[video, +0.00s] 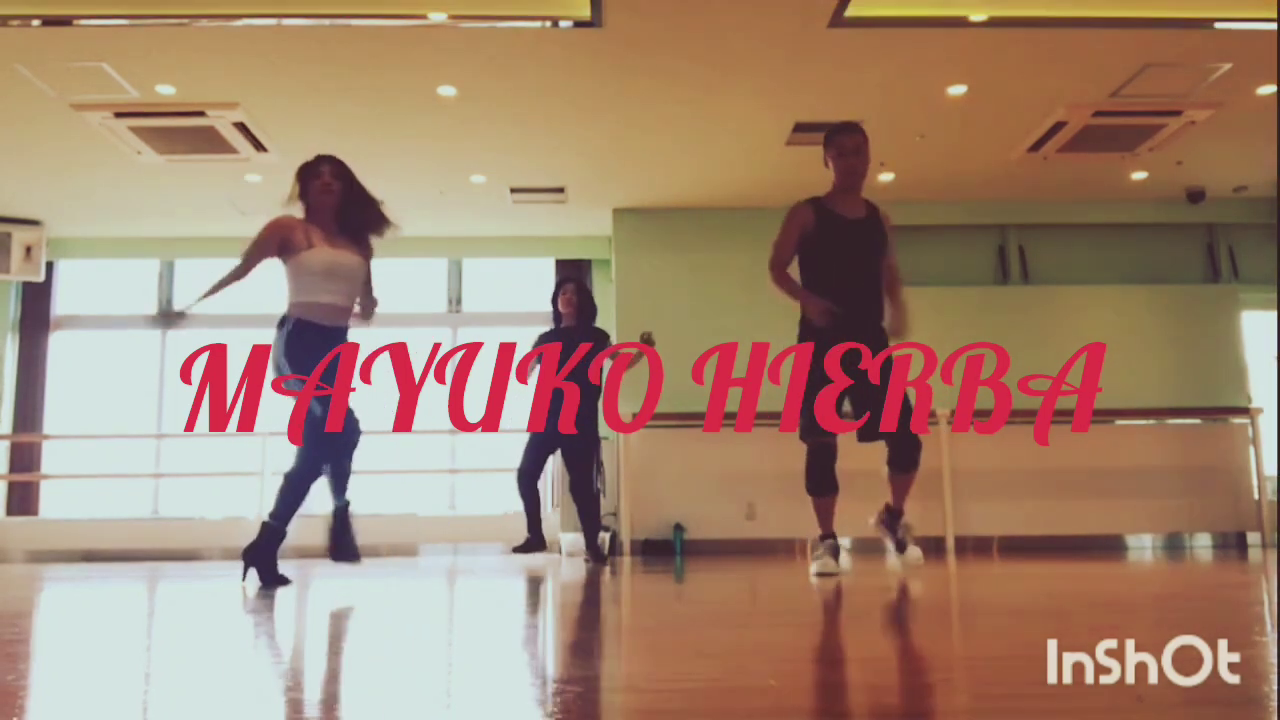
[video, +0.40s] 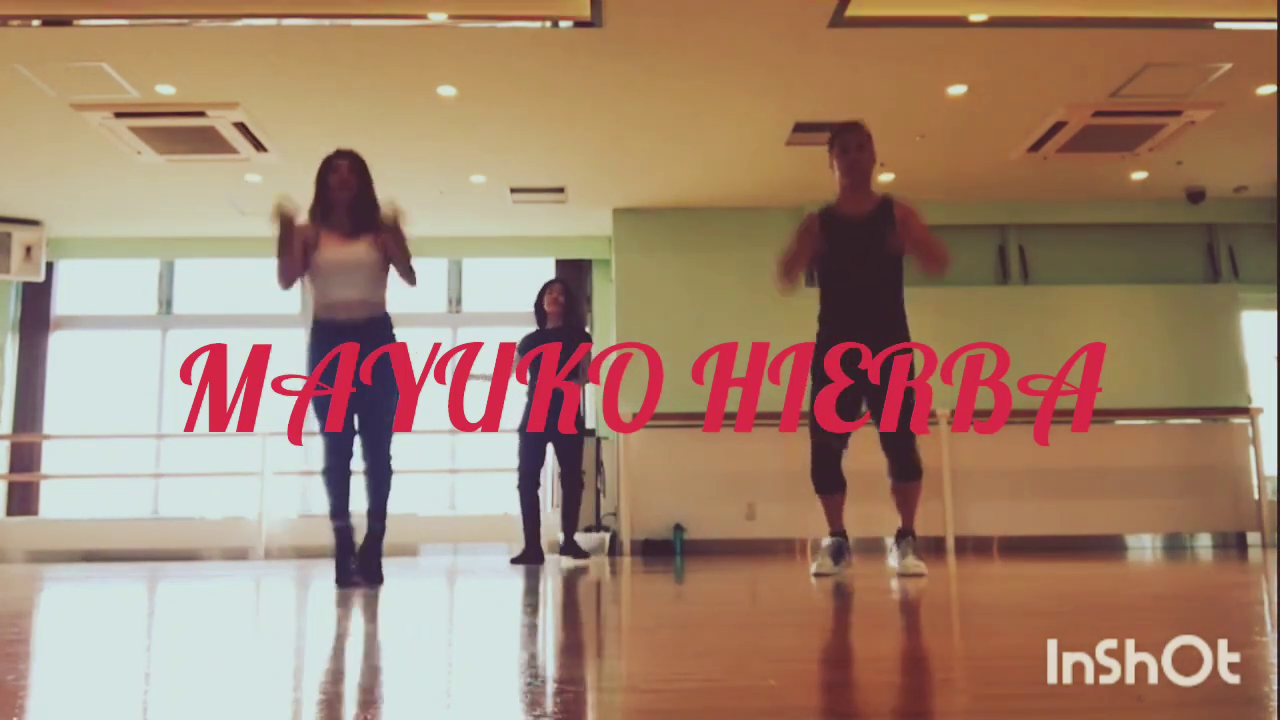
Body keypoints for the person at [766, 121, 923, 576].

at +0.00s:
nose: (853, 161)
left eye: (859, 153)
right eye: (844, 154)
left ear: (869, 158)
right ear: (829, 159)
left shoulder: (876, 216)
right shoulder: (806, 213)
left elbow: (889, 270)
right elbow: (777, 270)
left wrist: (898, 310)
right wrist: (805, 299)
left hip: (870, 338)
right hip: (823, 340)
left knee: (906, 434)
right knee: (821, 441)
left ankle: (894, 516)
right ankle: (826, 539)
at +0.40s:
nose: (853, 158)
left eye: (859, 149)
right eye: (844, 151)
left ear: (874, 157)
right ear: (832, 161)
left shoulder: (897, 214)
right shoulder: (819, 223)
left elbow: (938, 263)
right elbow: (788, 279)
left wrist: (914, 234)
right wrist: (801, 249)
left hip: (888, 341)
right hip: (836, 343)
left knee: (900, 443)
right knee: (825, 447)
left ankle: (906, 539)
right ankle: (836, 540)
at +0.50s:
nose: (856, 143)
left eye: (863, 134)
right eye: (847, 136)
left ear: (876, 141)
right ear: (834, 145)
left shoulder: (898, 192)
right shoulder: (819, 197)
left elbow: (957, 174)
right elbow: (763, 182)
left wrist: (926, 146)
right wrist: (789, 168)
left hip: (889, 324)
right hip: (836, 327)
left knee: (913, 424)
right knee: (816, 428)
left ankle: (927, 525)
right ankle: (818, 526)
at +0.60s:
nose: (856, 151)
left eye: (863, 143)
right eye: (848, 144)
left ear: (878, 152)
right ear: (835, 154)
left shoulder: (893, 196)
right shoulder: (827, 201)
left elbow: (912, 129)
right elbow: (800, 140)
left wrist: (915, 65)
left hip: (892, 332)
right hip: (839, 333)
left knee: (925, 434)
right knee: (809, 435)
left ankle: (961, 533)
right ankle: (777, 530)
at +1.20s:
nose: (857, 171)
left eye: (864, 163)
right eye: (849, 162)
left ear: (875, 170)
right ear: (834, 169)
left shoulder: (891, 215)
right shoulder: (819, 218)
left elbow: (918, 158)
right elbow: (789, 160)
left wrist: (874, 134)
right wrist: (828, 126)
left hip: (887, 348)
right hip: (835, 349)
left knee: (920, 447)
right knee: (806, 450)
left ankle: (958, 546)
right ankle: (770, 547)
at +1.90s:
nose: (860, 178)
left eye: (867, 170)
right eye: (851, 170)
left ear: (877, 177)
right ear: (834, 177)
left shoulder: (889, 228)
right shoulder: (817, 234)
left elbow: (932, 225)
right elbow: (774, 209)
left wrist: (906, 191)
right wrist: (810, 192)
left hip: (892, 355)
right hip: (838, 356)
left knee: (931, 447)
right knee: (805, 451)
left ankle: (959, 545)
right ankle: (771, 546)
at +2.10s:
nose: (862, 185)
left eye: (869, 177)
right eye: (853, 177)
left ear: (878, 183)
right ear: (837, 181)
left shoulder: (890, 238)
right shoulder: (813, 232)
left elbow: (907, 298)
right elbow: (786, 274)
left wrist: (908, 245)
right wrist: (810, 229)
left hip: (897, 358)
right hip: (844, 360)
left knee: (937, 448)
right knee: (813, 453)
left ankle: (959, 546)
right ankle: (772, 546)